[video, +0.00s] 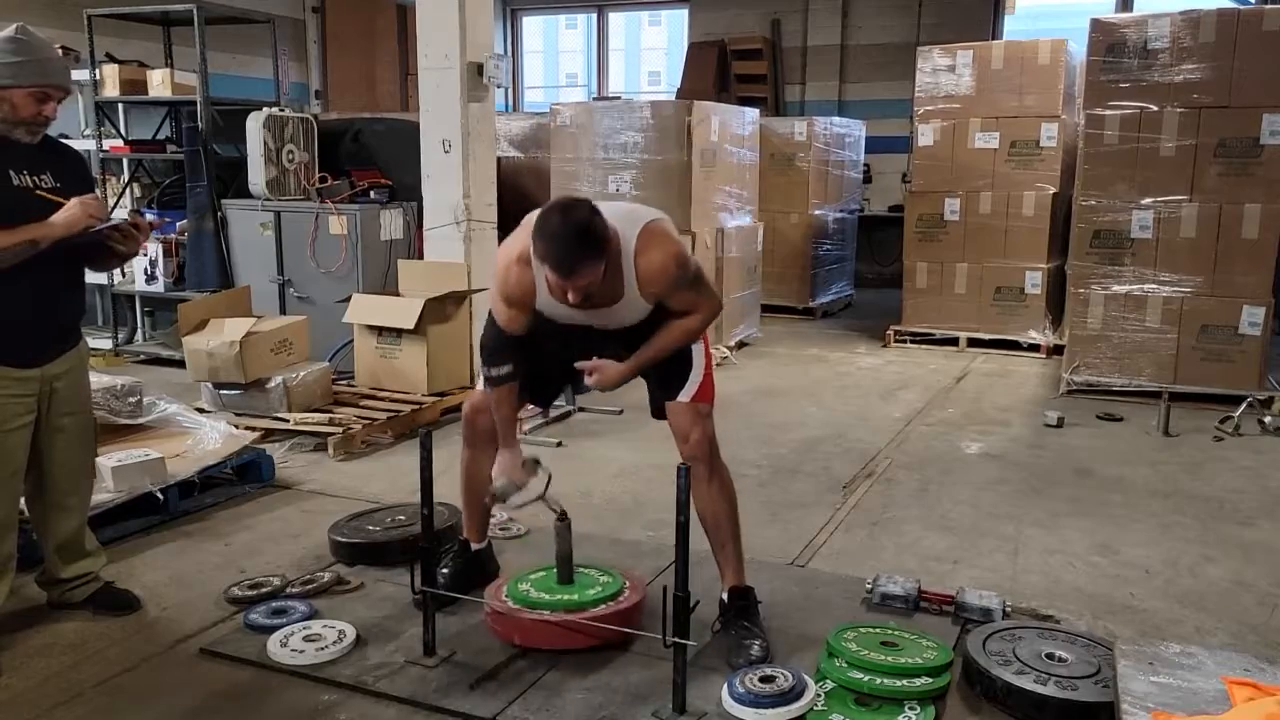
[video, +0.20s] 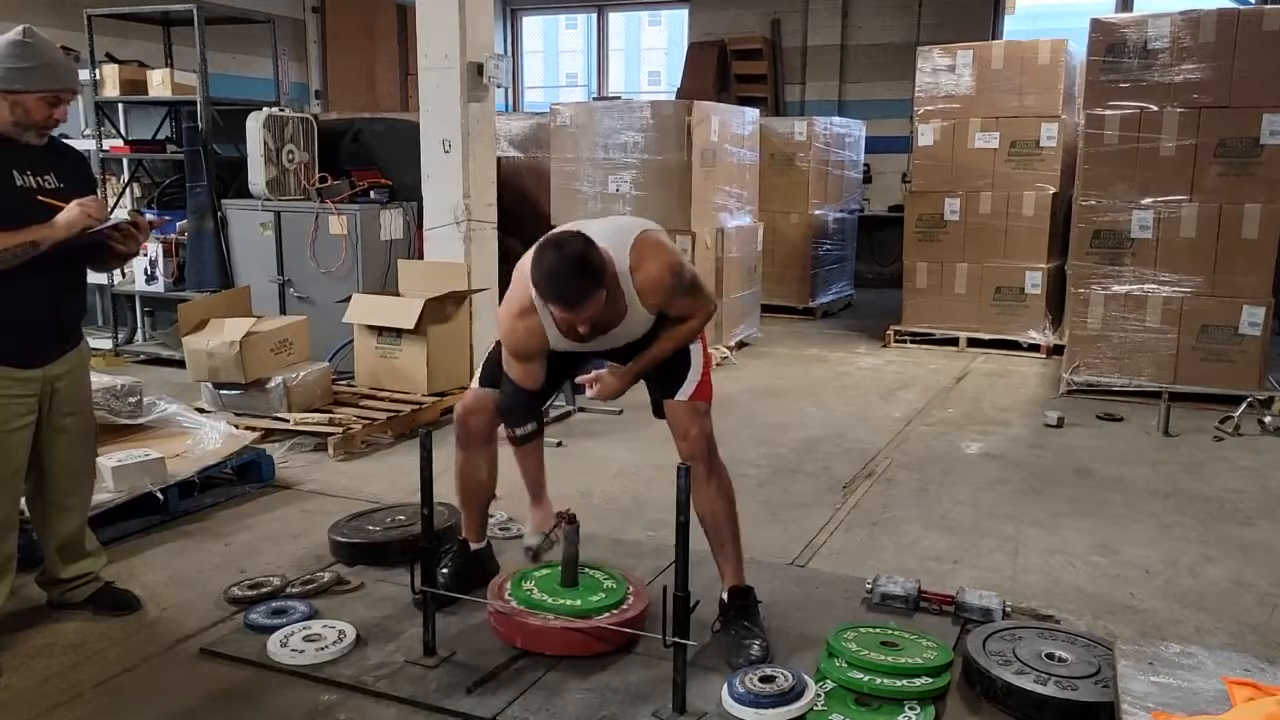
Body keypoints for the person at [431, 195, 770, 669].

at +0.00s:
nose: (574, 296)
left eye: (586, 284)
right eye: (560, 286)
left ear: (609, 253)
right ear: (538, 260)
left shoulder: (659, 257)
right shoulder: (514, 266)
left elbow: (705, 306)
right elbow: (501, 356)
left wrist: (629, 367)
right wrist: (508, 449)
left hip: (651, 319)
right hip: (557, 326)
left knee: (697, 440)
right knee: (478, 412)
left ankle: (737, 597)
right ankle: (474, 550)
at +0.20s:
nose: (581, 331)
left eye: (591, 320)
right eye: (568, 324)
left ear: (609, 281)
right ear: (544, 300)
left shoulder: (656, 269)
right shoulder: (520, 318)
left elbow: (701, 310)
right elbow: (521, 418)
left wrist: (630, 371)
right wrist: (540, 505)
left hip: (650, 328)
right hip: (557, 342)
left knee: (697, 441)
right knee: (471, 414)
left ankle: (738, 598)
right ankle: (472, 550)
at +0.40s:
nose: (635, 288)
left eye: (644, 275)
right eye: (621, 280)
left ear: (657, 246)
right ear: (588, 261)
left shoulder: (686, 241)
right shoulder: (554, 285)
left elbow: (711, 301)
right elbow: (529, 391)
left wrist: (646, 370)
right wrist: (540, 481)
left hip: (665, 324)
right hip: (575, 331)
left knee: (718, 433)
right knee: (488, 425)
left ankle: (741, 595)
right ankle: (473, 552)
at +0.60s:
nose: (744, 153)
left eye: (756, 139)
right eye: (731, 138)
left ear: (771, 125)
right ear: (695, 117)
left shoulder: (783, 169)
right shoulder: (647, 164)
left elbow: (777, 258)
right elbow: (551, 259)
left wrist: (701, 334)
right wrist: (526, 366)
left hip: (717, 297)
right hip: (626, 295)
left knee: (749, 432)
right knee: (552, 424)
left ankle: (747, 598)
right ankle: (492, 534)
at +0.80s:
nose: (808, 40)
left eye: (819, 23)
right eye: (793, 22)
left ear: (829, 20)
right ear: (755, 15)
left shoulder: (832, 90)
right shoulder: (704, 78)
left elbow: (843, 185)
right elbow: (596, 169)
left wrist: (807, 282)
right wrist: (577, 293)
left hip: (755, 268)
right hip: (675, 265)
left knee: (755, 430)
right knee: (682, 437)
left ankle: (749, 596)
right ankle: (596, 450)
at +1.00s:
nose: (829, 3)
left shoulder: (862, 62)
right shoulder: (731, 50)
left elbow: (877, 169)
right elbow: (640, 160)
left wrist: (922, 281)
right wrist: (656, 285)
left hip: (799, 260)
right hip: (724, 255)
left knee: (763, 441)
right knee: (826, 408)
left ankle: (748, 604)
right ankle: (738, 502)